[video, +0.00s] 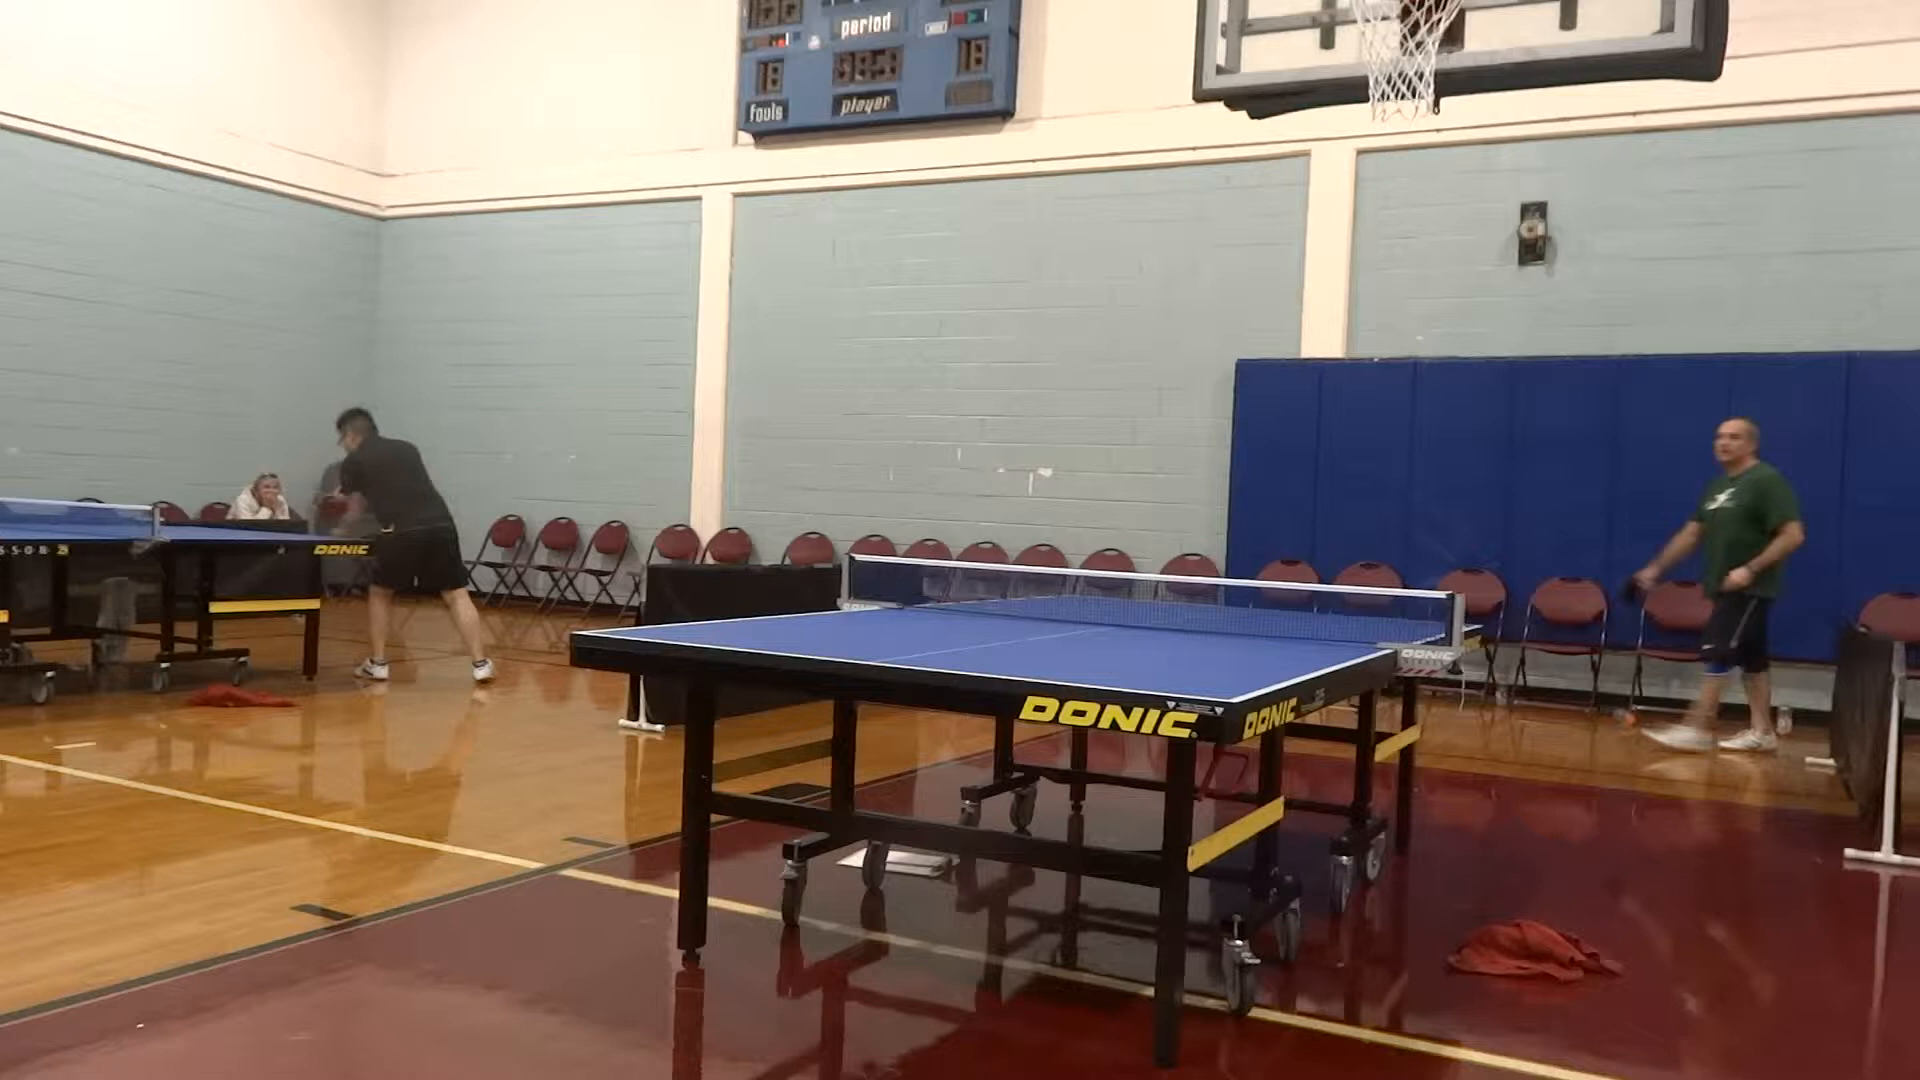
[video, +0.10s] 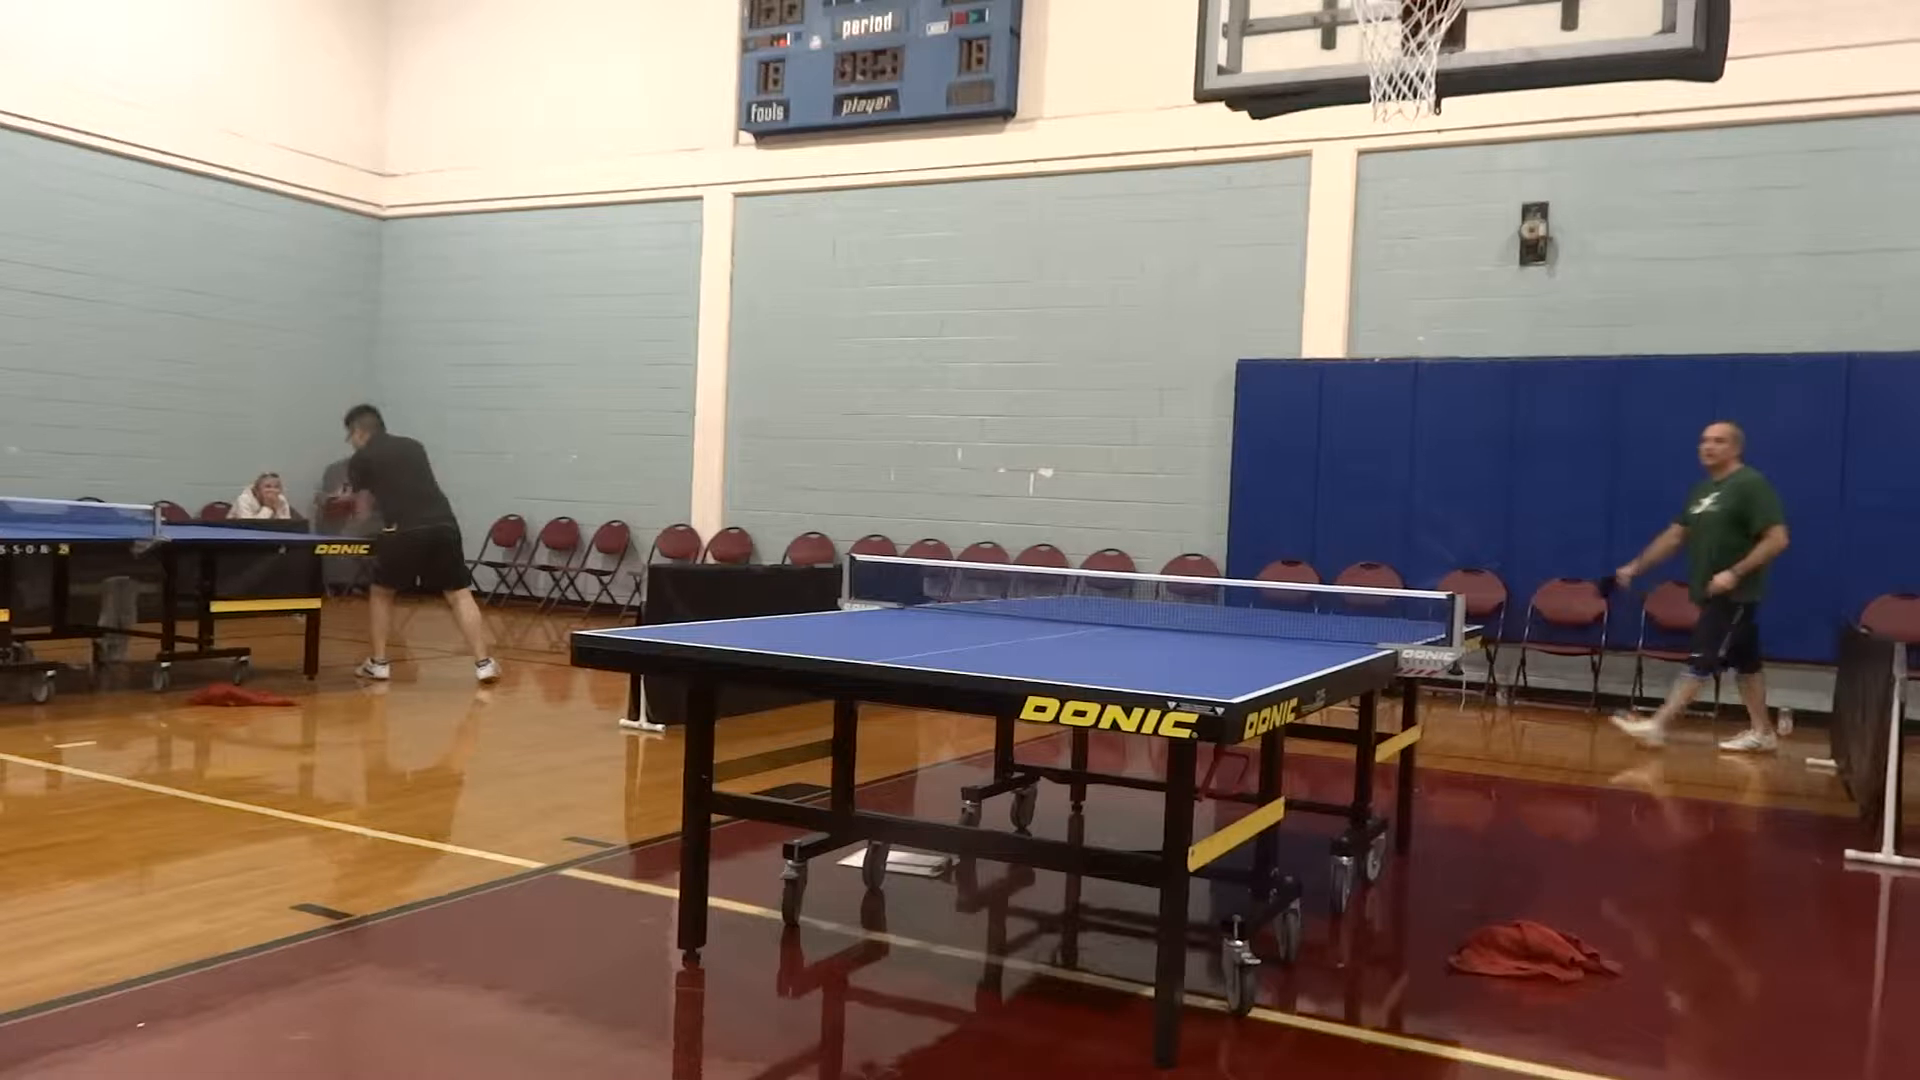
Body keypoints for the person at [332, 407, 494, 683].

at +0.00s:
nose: (343, 444)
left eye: (344, 438)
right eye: (342, 438)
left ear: (354, 435)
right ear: (373, 430)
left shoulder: (356, 460)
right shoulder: (406, 447)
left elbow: (355, 508)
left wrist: (341, 531)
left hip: (402, 535)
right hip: (441, 530)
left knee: (379, 593)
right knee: (457, 595)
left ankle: (378, 663)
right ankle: (481, 663)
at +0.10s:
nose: (351, 441)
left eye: (351, 434)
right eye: (350, 435)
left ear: (361, 431)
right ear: (381, 427)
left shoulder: (362, 458)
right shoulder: (413, 445)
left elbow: (363, 511)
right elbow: (418, 486)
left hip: (404, 534)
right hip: (443, 529)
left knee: (381, 593)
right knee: (460, 594)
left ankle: (379, 663)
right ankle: (484, 663)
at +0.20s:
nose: (368, 434)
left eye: (368, 427)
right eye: (366, 428)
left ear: (376, 424)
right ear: (397, 421)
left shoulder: (374, 454)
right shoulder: (427, 442)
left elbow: (370, 502)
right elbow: (427, 482)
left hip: (408, 533)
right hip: (448, 530)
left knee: (384, 592)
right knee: (465, 594)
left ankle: (379, 662)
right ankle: (488, 662)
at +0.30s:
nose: (390, 425)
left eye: (391, 419)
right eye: (390, 419)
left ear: (399, 418)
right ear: (420, 416)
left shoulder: (393, 445)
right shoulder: (446, 441)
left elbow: (374, 474)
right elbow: (438, 477)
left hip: (415, 535)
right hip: (455, 535)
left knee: (387, 592)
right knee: (472, 597)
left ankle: (379, 662)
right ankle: (490, 664)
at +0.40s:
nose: (414, 417)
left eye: (416, 412)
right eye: (415, 412)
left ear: (425, 413)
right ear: (445, 412)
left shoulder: (412, 438)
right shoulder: (468, 442)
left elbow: (376, 458)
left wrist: (361, 455)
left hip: (424, 534)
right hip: (463, 535)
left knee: (393, 590)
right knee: (477, 597)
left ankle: (379, 660)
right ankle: (490, 665)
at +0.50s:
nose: (433, 415)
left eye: (436, 410)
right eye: (434, 410)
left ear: (444, 411)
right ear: (465, 412)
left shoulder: (429, 434)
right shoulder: (485, 445)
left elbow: (380, 442)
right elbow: (471, 474)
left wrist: (353, 432)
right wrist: (422, 449)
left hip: (431, 531)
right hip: (472, 534)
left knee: (403, 589)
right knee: (481, 597)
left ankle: (378, 656)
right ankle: (489, 665)